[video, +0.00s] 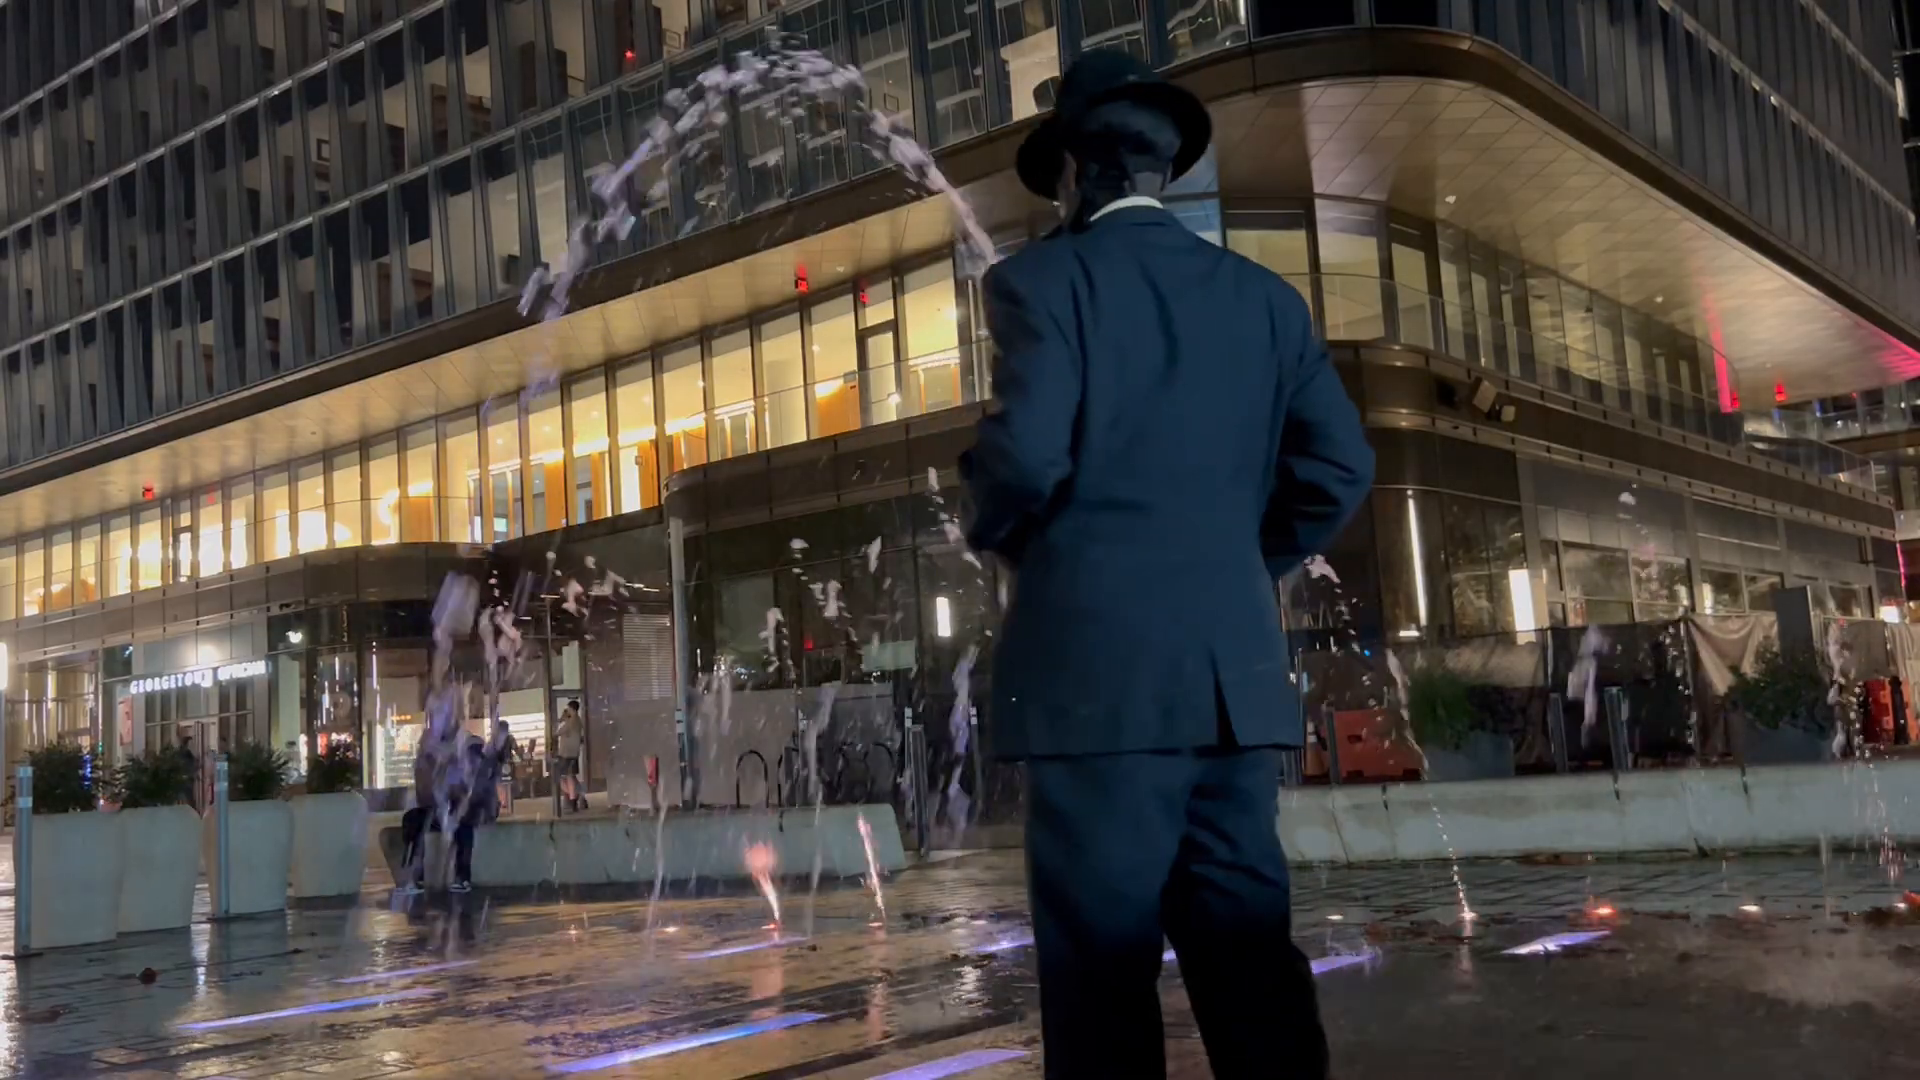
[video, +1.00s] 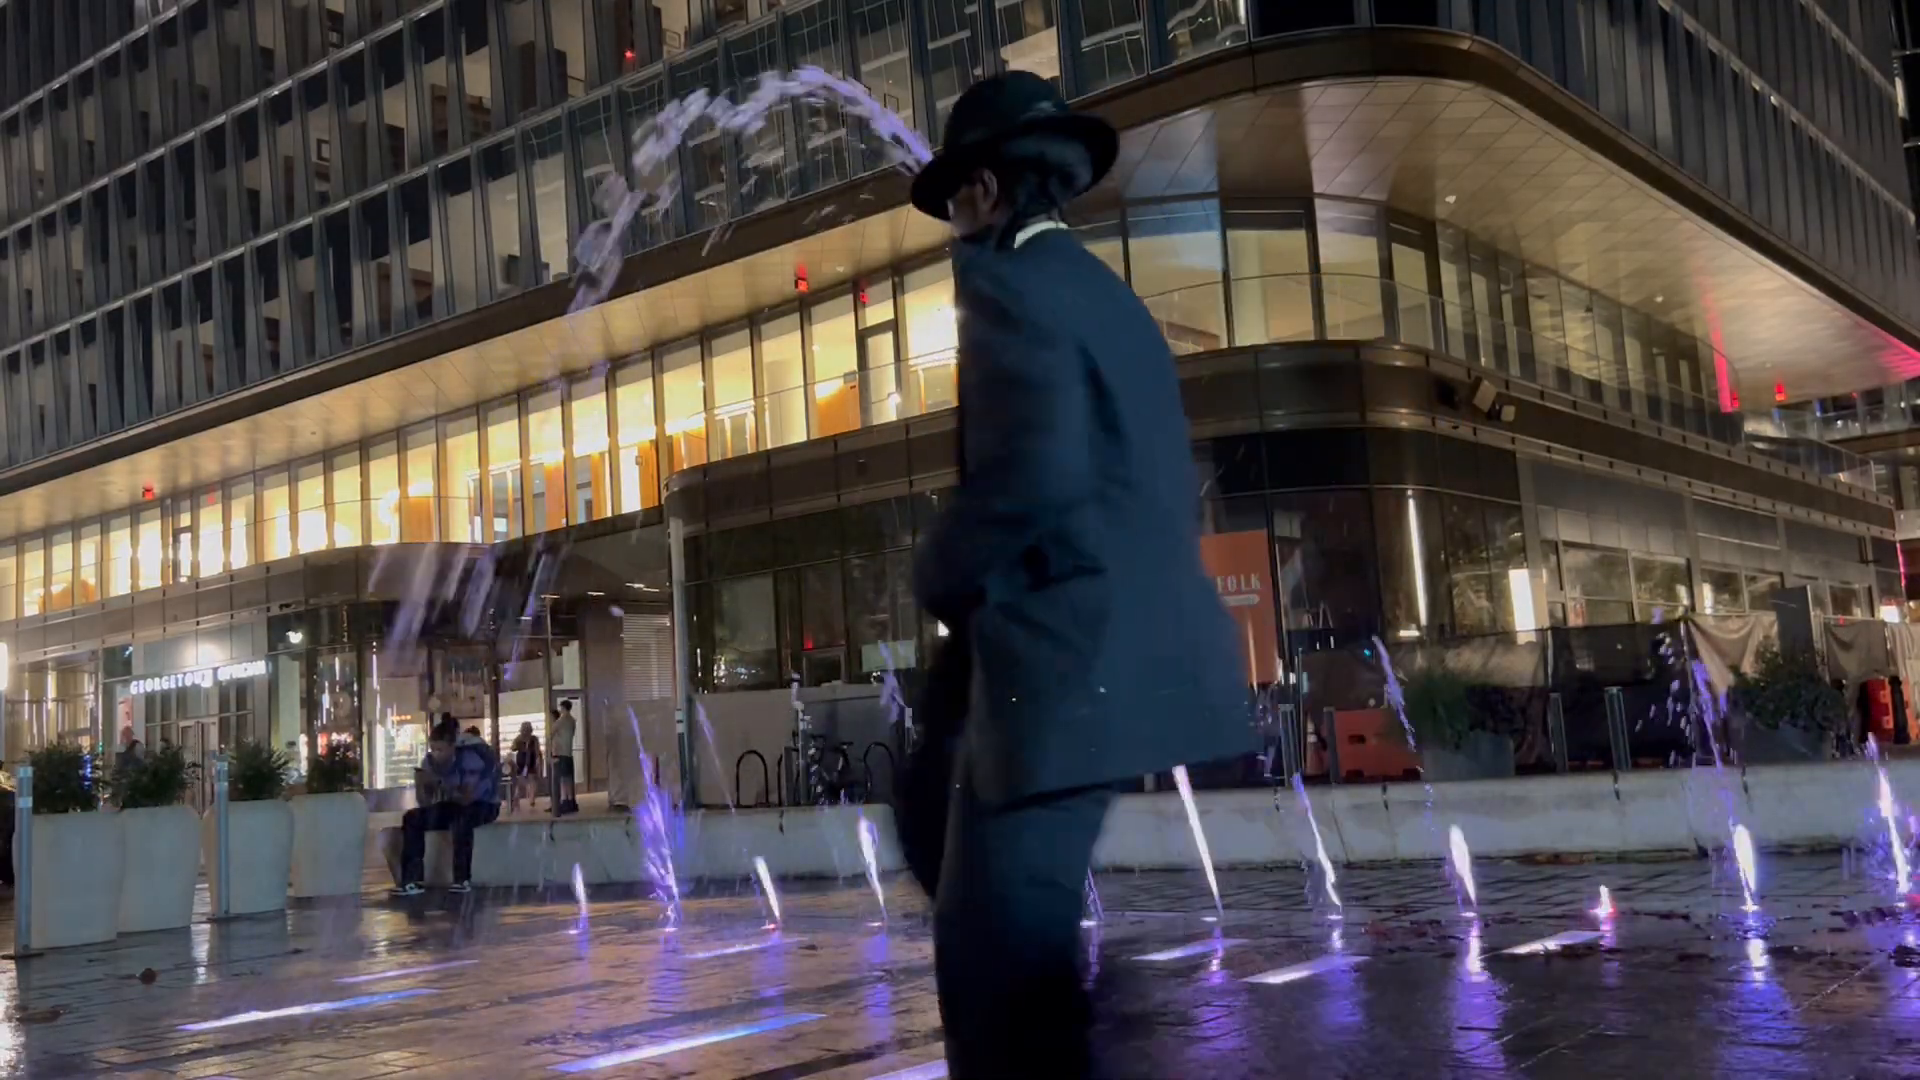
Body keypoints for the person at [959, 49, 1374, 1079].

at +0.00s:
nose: (1061, 188)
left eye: (1061, 168)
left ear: (1073, 176)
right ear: (1175, 173)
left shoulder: (1041, 278)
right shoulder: (1267, 295)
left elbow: (1028, 457)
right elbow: (1341, 465)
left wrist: (981, 517)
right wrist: (1248, 557)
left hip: (1100, 680)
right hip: (1240, 671)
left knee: (1098, 989)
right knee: (1251, 970)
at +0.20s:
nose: (1086, 195)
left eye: (1088, 175)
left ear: (1102, 179)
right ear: (1209, 179)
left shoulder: (1069, 277)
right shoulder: (1302, 292)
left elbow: (1060, 453)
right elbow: (1378, 462)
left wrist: (1007, 514)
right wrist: (1285, 559)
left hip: (1128, 694)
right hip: (1283, 688)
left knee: (1116, 1003)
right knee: (1301, 990)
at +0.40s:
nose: (1092, 203)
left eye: (1094, 183)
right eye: (1094, 183)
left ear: (1111, 184)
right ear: (1213, 184)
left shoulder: (1076, 288)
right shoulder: (1317, 298)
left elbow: (1062, 470)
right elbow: (1422, 449)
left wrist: (1041, 539)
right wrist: (1338, 570)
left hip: (1142, 701)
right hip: (1305, 699)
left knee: (1134, 1007)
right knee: (1315, 1016)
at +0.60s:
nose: (1045, 223)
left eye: (1050, 198)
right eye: (1044, 202)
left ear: (1089, 185)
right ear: (1171, 186)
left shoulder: (1052, 288)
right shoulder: (1288, 281)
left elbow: (1022, 451)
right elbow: (1409, 403)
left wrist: (1046, 543)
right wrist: (1324, 524)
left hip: (1148, 648)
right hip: (1316, 636)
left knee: (1124, 977)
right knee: (1320, 965)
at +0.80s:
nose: (991, 267)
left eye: (994, 244)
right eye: (991, 246)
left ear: (1021, 239)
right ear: (1093, 240)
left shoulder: (1033, 331)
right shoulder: (1159, 349)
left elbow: (1092, 487)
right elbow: (1231, 518)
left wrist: (995, 588)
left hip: (1144, 705)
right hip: (1255, 688)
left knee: (1054, 979)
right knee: (1296, 956)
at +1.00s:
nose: (952, 218)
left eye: (954, 194)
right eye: (951, 197)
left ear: (986, 188)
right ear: (1048, 186)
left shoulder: (1008, 277)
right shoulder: (1100, 288)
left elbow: (1035, 469)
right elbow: (1135, 488)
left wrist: (941, 573)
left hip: (1063, 663)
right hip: (1123, 650)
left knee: (994, 939)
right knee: (1018, 931)